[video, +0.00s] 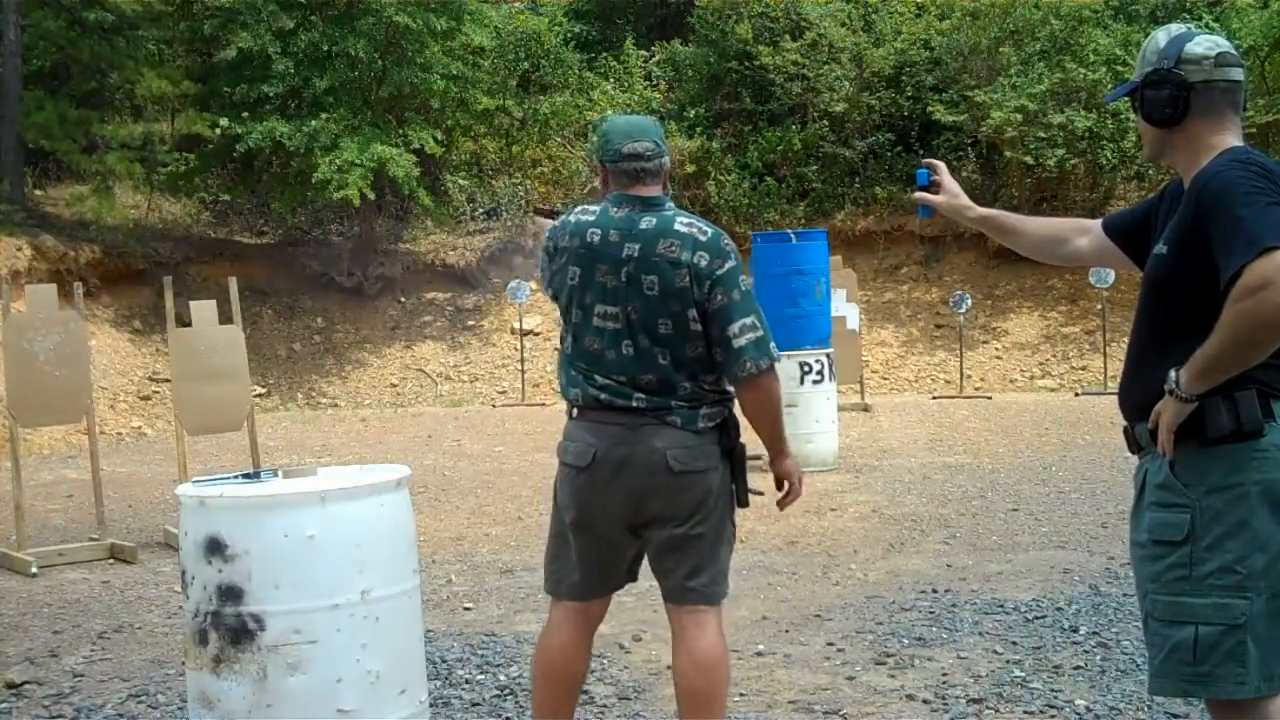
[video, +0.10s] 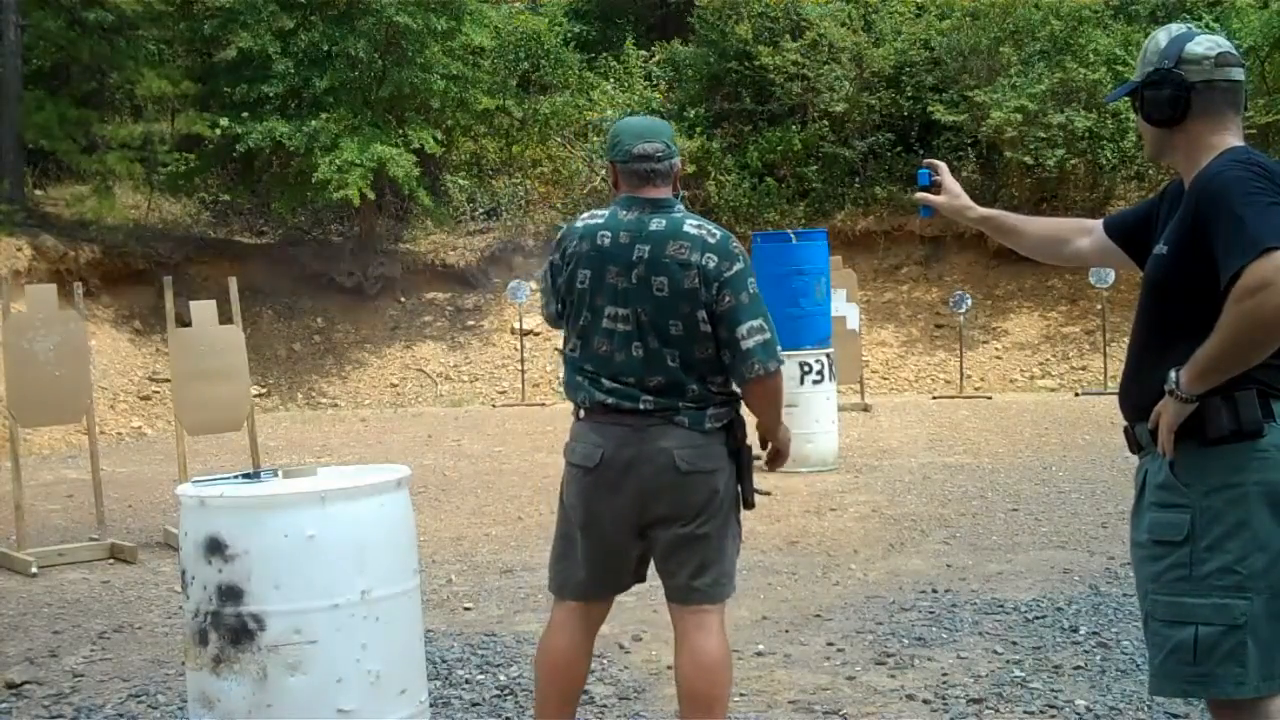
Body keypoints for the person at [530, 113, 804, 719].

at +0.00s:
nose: (594, 173)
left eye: (596, 166)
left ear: (602, 172)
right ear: (668, 168)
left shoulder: (569, 235)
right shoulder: (705, 244)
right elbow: (753, 370)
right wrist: (779, 452)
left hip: (593, 446)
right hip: (690, 452)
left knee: (573, 610)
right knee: (696, 615)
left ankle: (548, 713)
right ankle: (705, 717)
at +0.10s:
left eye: (611, 167)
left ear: (613, 173)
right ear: (679, 171)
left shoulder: (578, 237)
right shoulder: (715, 246)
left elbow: (558, 313)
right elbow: (759, 365)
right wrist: (773, 430)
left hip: (600, 448)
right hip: (694, 453)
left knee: (575, 608)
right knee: (699, 614)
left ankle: (550, 713)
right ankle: (706, 718)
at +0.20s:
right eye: (679, 169)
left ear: (622, 177)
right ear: (685, 176)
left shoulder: (587, 247)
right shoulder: (723, 249)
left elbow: (565, 343)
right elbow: (768, 364)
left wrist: (628, 360)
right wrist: (723, 381)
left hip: (606, 453)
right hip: (699, 455)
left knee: (576, 603)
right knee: (702, 614)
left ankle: (565, 713)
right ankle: (706, 717)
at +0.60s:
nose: (655, 209)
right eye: (657, 201)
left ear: (600, 211)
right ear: (656, 205)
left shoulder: (573, 272)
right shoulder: (695, 265)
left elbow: (551, 370)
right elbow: (735, 361)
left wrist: (597, 396)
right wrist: (685, 346)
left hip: (589, 441)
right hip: (676, 439)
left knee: (585, 577)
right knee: (689, 593)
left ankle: (589, 708)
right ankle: (703, 714)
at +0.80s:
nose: (646, 209)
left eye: (640, 202)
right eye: (644, 202)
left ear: (584, 207)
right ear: (635, 205)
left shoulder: (557, 254)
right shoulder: (660, 249)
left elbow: (574, 316)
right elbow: (702, 314)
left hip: (566, 425)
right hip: (645, 428)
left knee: (577, 575)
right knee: (679, 557)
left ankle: (585, 708)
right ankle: (665, 654)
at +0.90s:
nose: (644, 206)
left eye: (640, 198)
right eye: (642, 198)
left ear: (585, 202)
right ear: (633, 202)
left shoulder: (555, 248)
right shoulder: (654, 240)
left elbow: (597, 283)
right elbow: (696, 277)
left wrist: (660, 245)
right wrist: (692, 248)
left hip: (562, 412)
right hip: (640, 415)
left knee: (580, 565)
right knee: (667, 539)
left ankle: (587, 706)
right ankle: (639, 672)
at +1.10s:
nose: (647, 208)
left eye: (643, 200)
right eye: (646, 201)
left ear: (590, 205)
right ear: (635, 206)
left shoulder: (562, 251)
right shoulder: (657, 245)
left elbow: (610, 260)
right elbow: (691, 267)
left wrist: (669, 235)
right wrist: (694, 233)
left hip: (571, 411)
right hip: (645, 415)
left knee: (575, 539)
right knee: (642, 542)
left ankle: (584, 627)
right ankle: (614, 670)